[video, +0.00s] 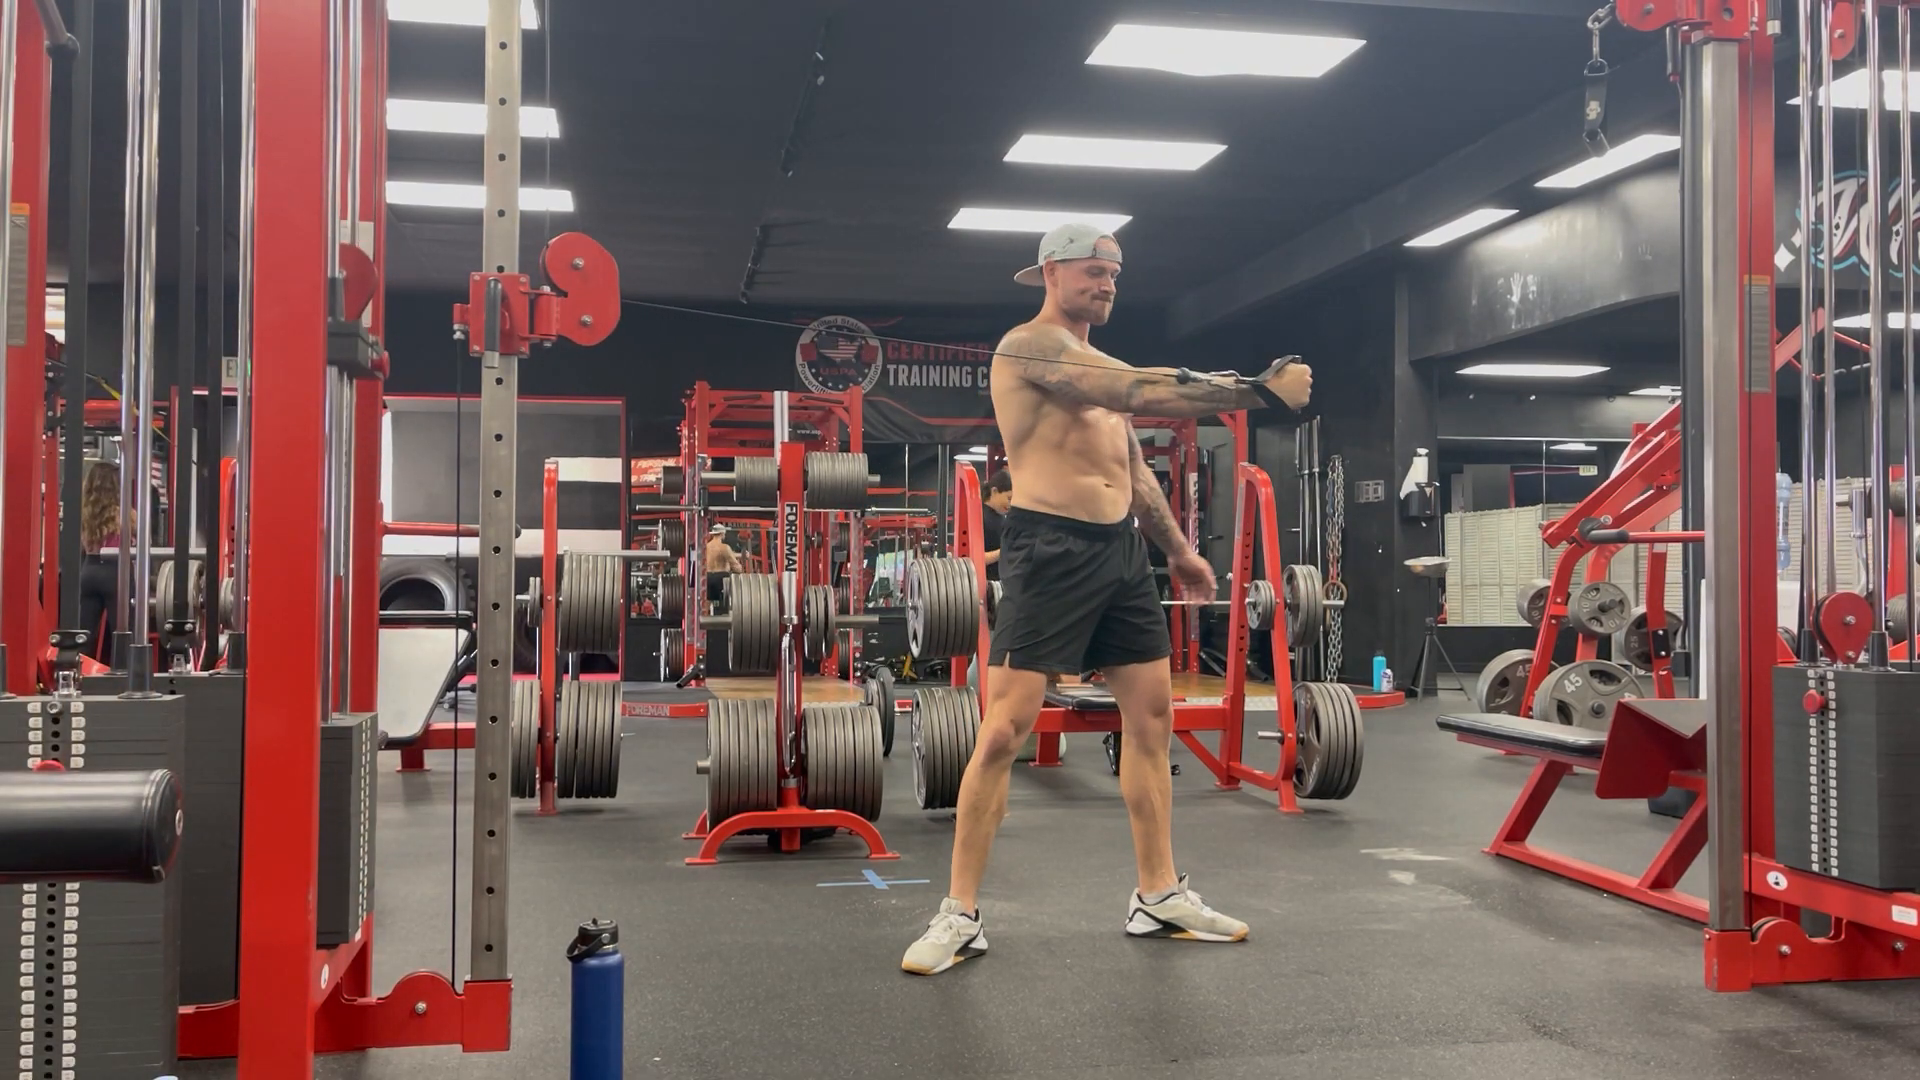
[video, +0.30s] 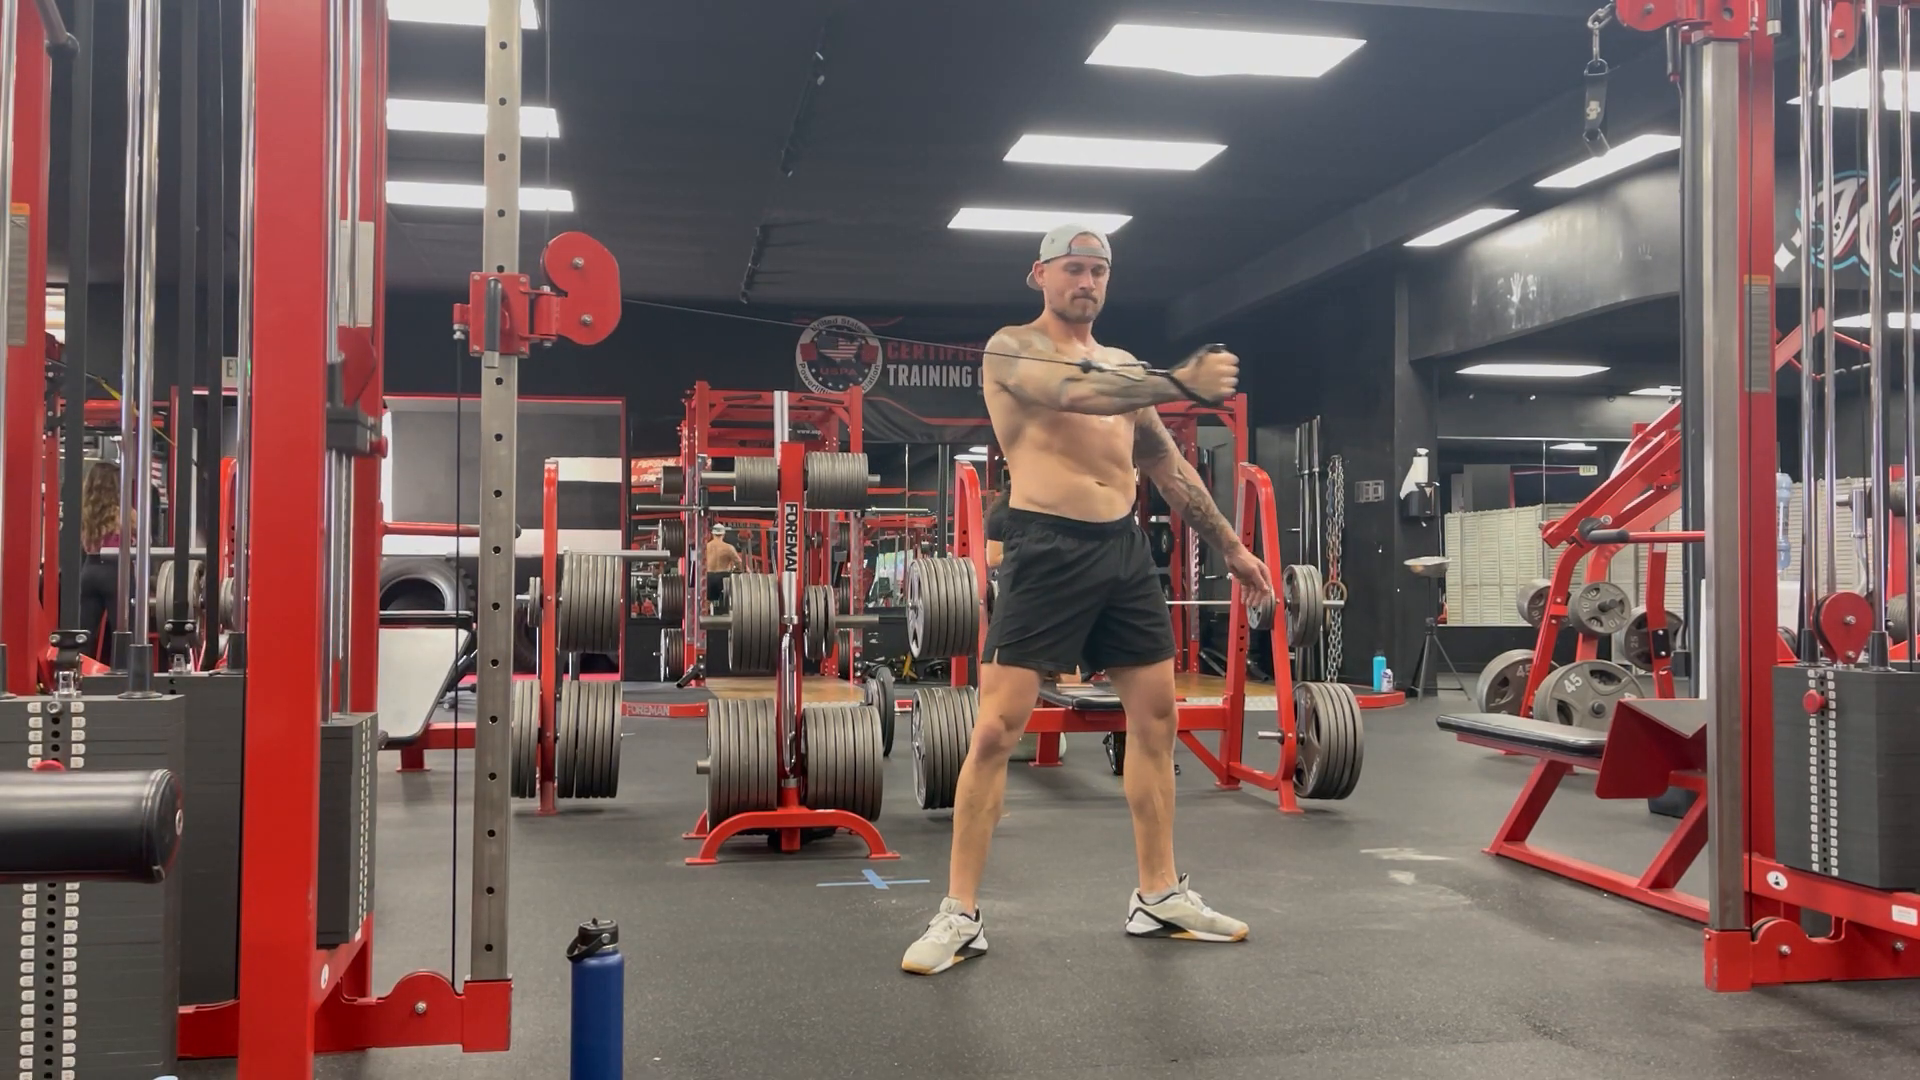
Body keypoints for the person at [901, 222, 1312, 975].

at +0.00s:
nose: (1105, 279)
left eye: (1112, 271)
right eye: (1090, 266)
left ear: (1112, 286)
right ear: (1047, 276)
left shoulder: (1110, 371)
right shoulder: (1026, 345)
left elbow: (1135, 474)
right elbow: (1129, 388)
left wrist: (1180, 549)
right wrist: (1255, 390)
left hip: (1124, 554)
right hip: (1047, 551)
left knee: (1152, 720)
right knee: (1002, 733)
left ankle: (1158, 894)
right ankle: (960, 910)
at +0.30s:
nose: (1087, 279)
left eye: (1097, 269)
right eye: (1072, 266)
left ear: (1107, 283)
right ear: (1039, 278)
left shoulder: (1127, 370)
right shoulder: (1009, 347)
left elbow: (1173, 471)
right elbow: (1068, 388)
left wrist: (1232, 548)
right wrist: (1180, 382)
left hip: (1126, 555)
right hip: (1043, 551)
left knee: (1155, 718)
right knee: (992, 732)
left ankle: (1158, 895)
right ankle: (959, 910)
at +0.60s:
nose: (1062, 280)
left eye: (1077, 269)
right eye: (1051, 268)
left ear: (1101, 282)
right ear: (1032, 279)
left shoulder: (1138, 368)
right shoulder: (999, 348)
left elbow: (1204, 470)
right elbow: (995, 387)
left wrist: (1272, 544)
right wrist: (1045, 372)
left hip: (1123, 553)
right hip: (1035, 552)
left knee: (1156, 720)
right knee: (984, 727)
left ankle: (1158, 895)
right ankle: (958, 910)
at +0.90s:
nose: (1039, 282)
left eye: (1055, 270)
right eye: (1031, 271)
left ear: (1091, 281)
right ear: (1023, 282)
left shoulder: (1143, 367)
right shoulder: (996, 356)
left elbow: (1217, 458)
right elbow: (946, 394)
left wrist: (1295, 533)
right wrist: (918, 373)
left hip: (1118, 550)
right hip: (1026, 551)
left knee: (1152, 722)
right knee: (976, 722)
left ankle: (1158, 895)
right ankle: (958, 909)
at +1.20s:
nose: (1060, 276)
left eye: (1075, 265)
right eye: (1048, 264)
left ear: (1097, 282)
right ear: (1028, 278)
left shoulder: (1137, 368)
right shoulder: (999, 349)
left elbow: (1207, 465)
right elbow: (950, 396)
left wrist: (1279, 537)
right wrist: (974, 371)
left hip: (1118, 551)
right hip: (1030, 550)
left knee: (1158, 719)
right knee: (982, 727)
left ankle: (1159, 895)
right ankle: (957, 910)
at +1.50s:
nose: (1095, 283)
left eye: (1105, 273)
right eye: (1081, 269)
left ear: (1112, 288)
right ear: (1044, 277)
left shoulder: (1121, 374)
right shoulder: (1009, 347)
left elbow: (1156, 475)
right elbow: (1061, 390)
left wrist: (1210, 556)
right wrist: (1173, 385)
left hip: (1118, 553)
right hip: (1038, 549)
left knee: (1154, 717)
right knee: (994, 731)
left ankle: (1159, 894)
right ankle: (959, 910)